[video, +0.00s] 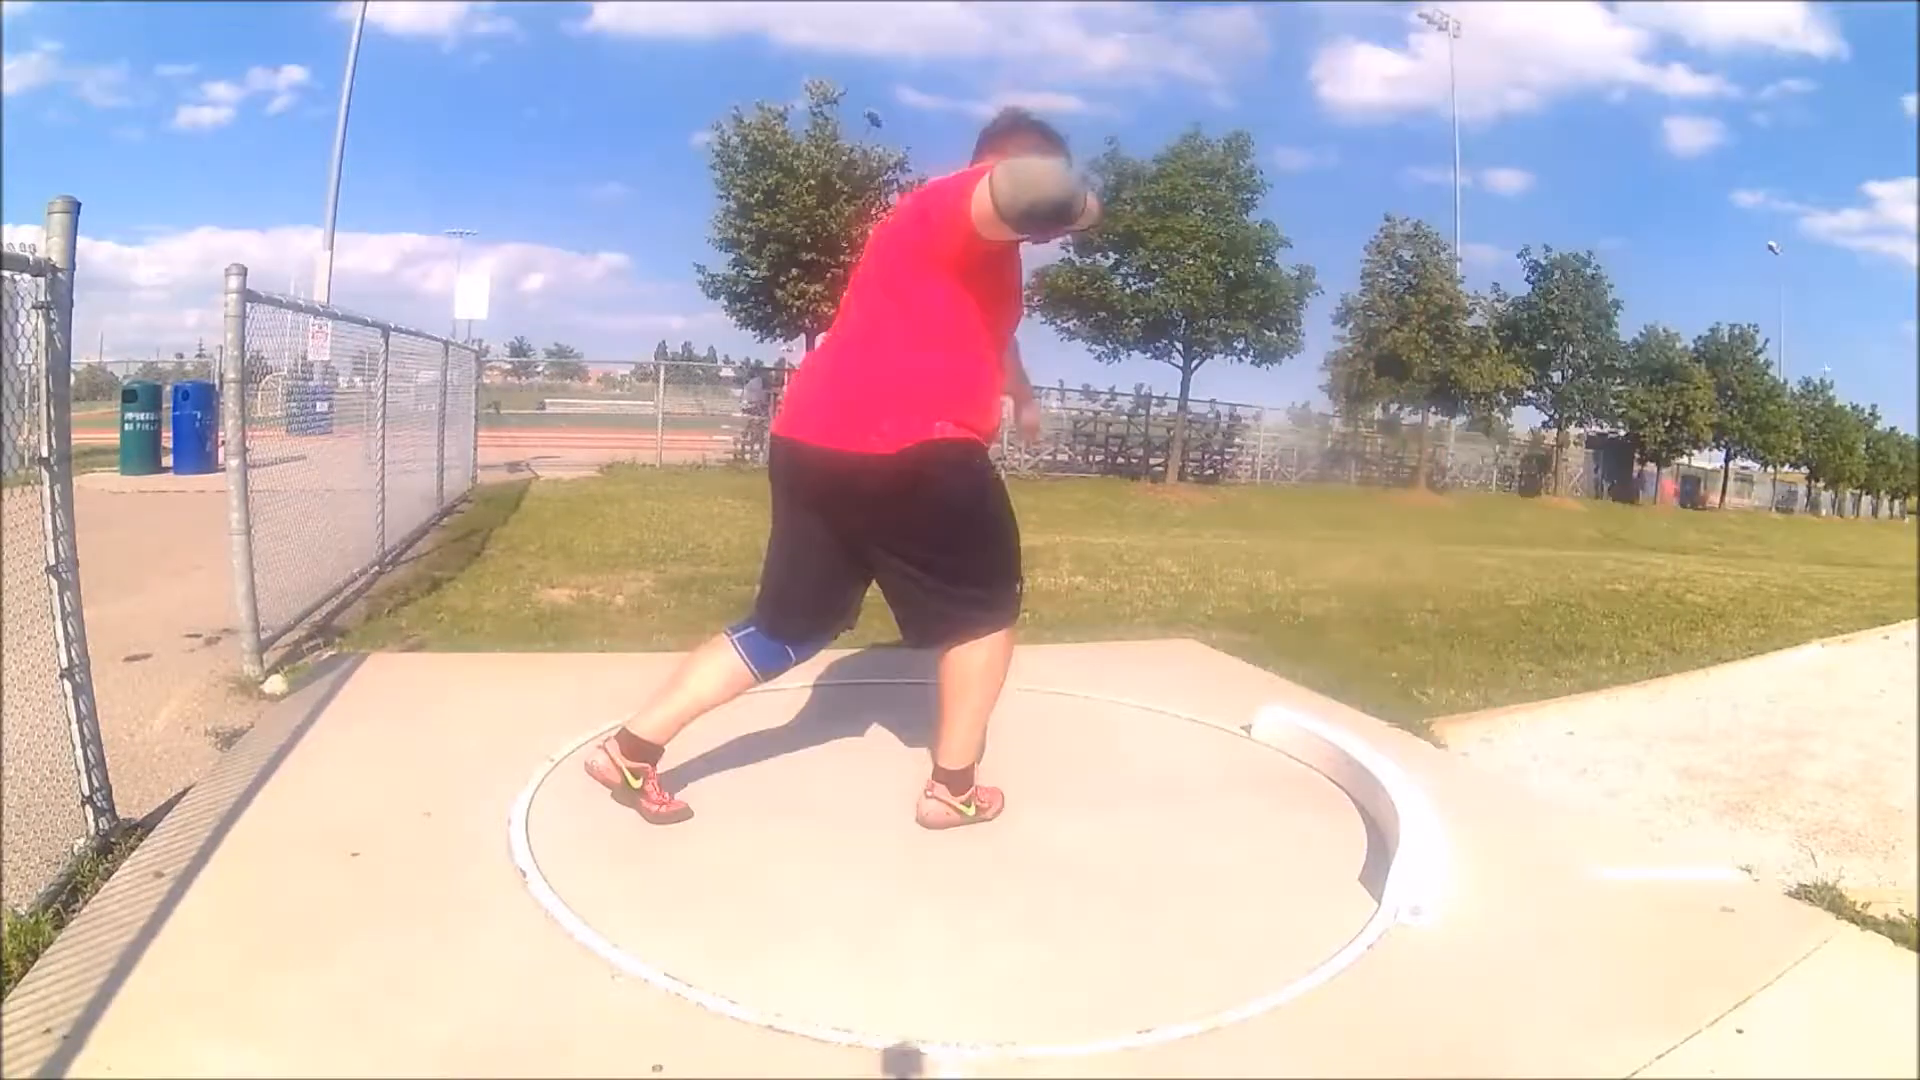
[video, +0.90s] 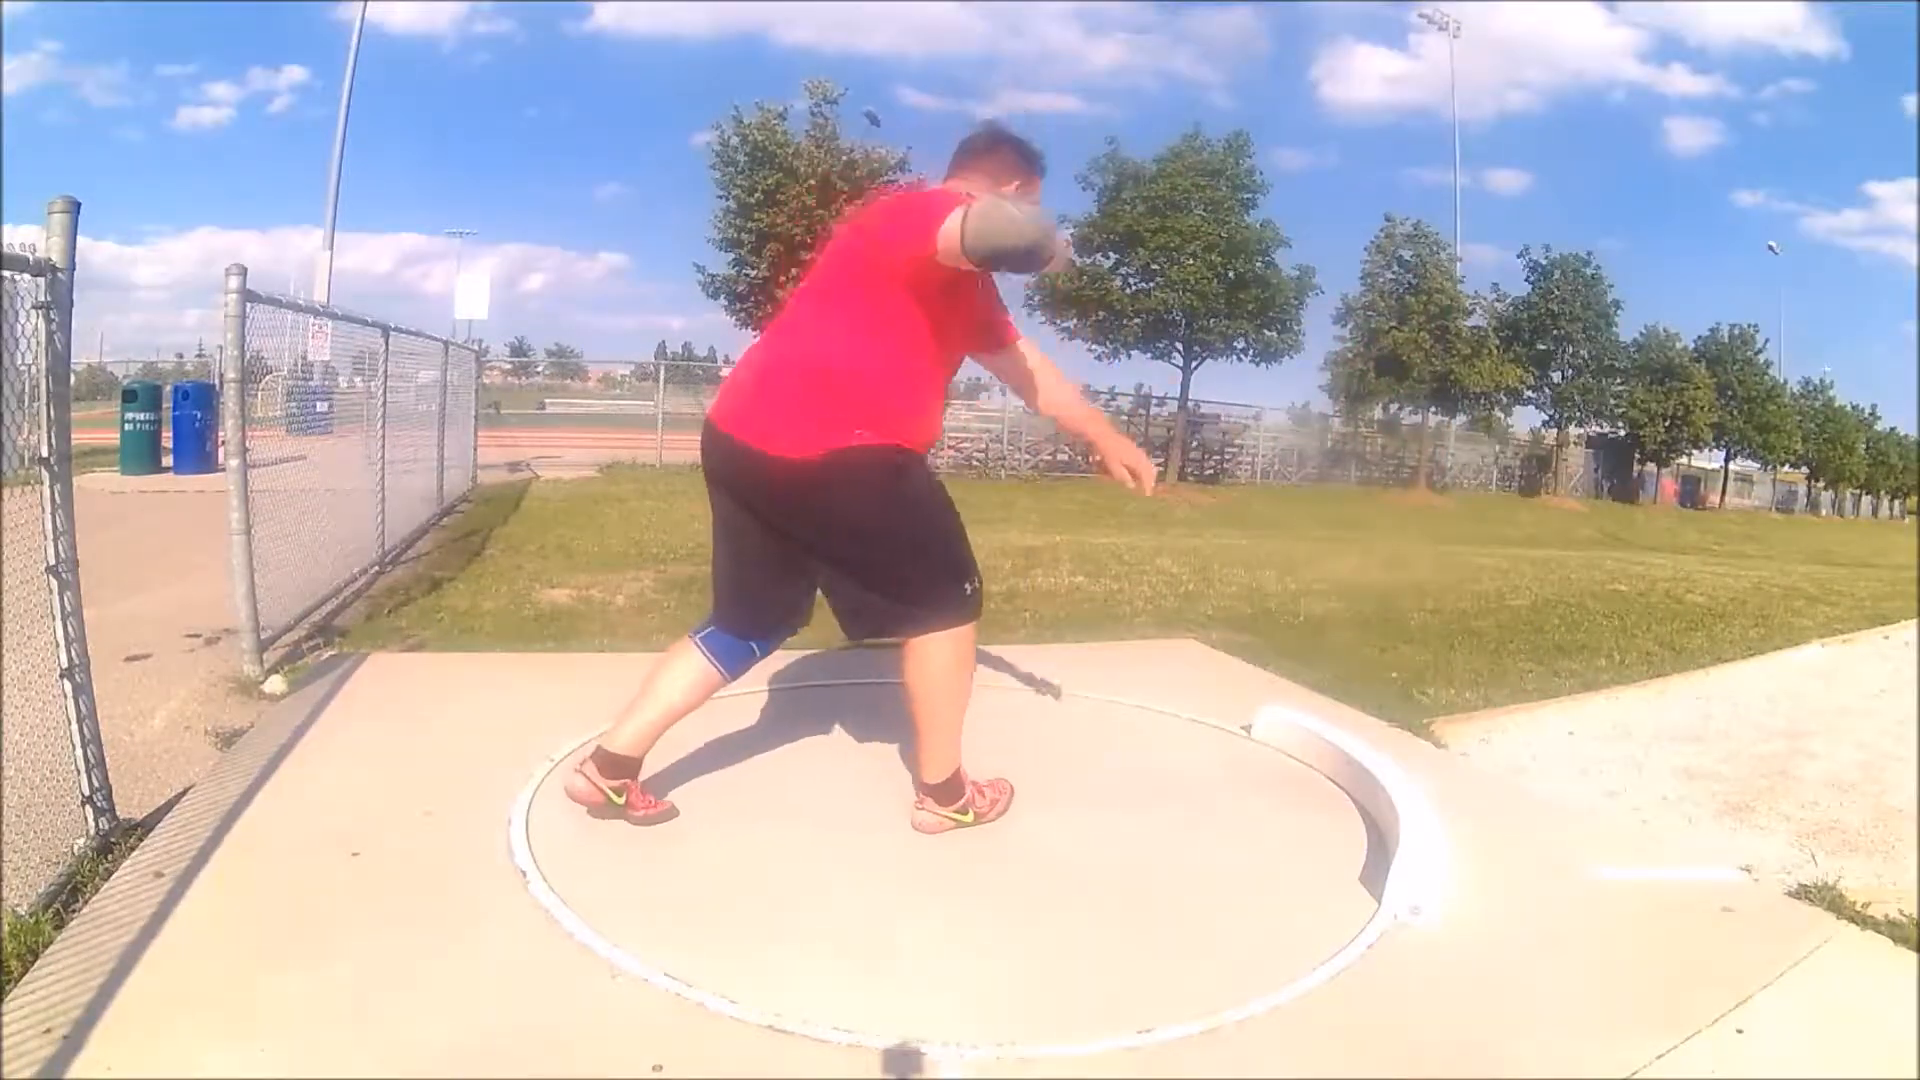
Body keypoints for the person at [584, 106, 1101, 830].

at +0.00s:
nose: (1043, 196)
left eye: (1047, 181)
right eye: (1039, 178)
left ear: (981, 157)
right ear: (1012, 161)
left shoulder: (909, 220)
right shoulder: (965, 197)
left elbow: (989, 332)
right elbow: (1034, 186)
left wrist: (1022, 395)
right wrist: (1082, 204)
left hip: (810, 440)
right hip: (921, 445)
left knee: (784, 627)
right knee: (984, 606)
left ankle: (632, 747)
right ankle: (953, 784)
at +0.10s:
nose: (1054, 200)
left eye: (1054, 184)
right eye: (1049, 182)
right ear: (1010, 170)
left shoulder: (991, 276)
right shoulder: (910, 202)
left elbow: (1051, 343)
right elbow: (969, 189)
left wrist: (1119, 398)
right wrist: (1019, 188)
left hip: (800, 446)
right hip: (909, 449)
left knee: (786, 629)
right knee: (979, 609)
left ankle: (632, 743)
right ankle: (953, 783)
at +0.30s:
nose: (1030, 185)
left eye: (1033, 170)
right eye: (1025, 166)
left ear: (979, 155)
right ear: (979, 152)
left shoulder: (999, 267)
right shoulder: (869, 204)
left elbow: (1091, 338)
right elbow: (858, 167)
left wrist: (1172, 404)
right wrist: (981, 186)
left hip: (781, 446)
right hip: (874, 444)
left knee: (778, 632)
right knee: (956, 604)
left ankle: (626, 741)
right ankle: (947, 787)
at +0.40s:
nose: (1025, 185)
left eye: (1027, 169)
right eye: (1019, 164)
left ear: (973, 159)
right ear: (972, 151)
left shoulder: (991, 259)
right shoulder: (856, 203)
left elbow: (1071, 327)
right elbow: (830, 160)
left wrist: (1095, 381)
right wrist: (958, 180)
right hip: (854, 436)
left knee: (772, 629)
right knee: (939, 601)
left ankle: (620, 744)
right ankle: (942, 788)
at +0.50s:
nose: (1023, 179)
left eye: (1026, 164)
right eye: (1017, 159)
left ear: (980, 153)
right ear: (966, 147)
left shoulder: (990, 256)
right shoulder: (853, 195)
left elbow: (1063, 331)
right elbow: (818, 157)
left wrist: (1005, 375)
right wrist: (948, 180)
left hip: (768, 432)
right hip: (848, 431)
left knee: (765, 622)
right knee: (925, 600)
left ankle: (617, 745)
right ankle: (941, 789)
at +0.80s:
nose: (1021, 209)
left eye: (1026, 193)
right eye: (1021, 189)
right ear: (985, 172)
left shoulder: (984, 277)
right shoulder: (869, 202)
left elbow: (1042, 352)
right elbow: (910, 200)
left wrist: (1071, 405)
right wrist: (988, 212)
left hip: (748, 432)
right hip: (847, 440)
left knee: (753, 619)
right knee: (928, 601)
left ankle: (612, 753)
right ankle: (940, 788)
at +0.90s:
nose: (1025, 217)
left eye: (1027, 204)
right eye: (1025, 202)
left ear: (957, 168)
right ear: (1006, 184)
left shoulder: (962, 281)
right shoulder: (928, 208)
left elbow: (1023, 366)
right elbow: (1008, 228)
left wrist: (1103, 436)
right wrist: (1053, 244)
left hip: (742, 435)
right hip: (849, 451)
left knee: (746, 620)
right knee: (945, 603)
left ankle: (612, 761)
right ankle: (941, 788)